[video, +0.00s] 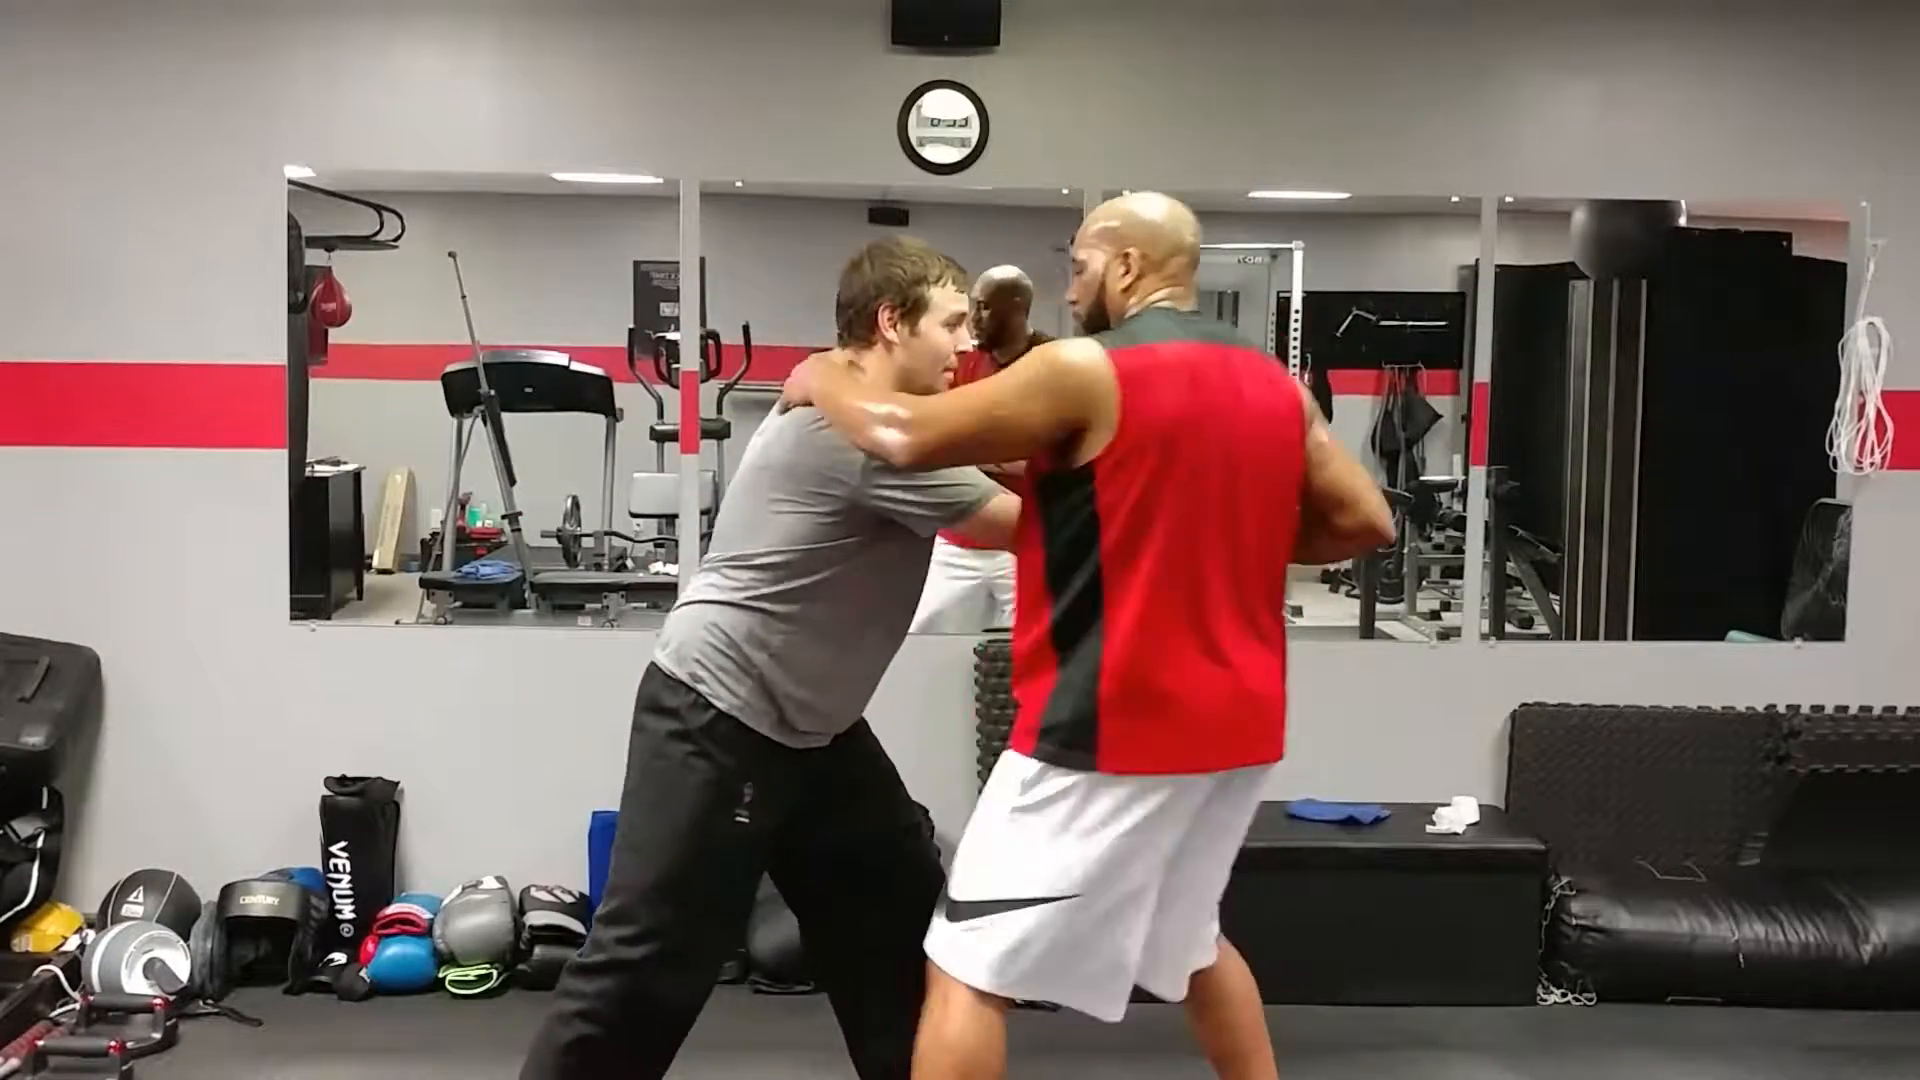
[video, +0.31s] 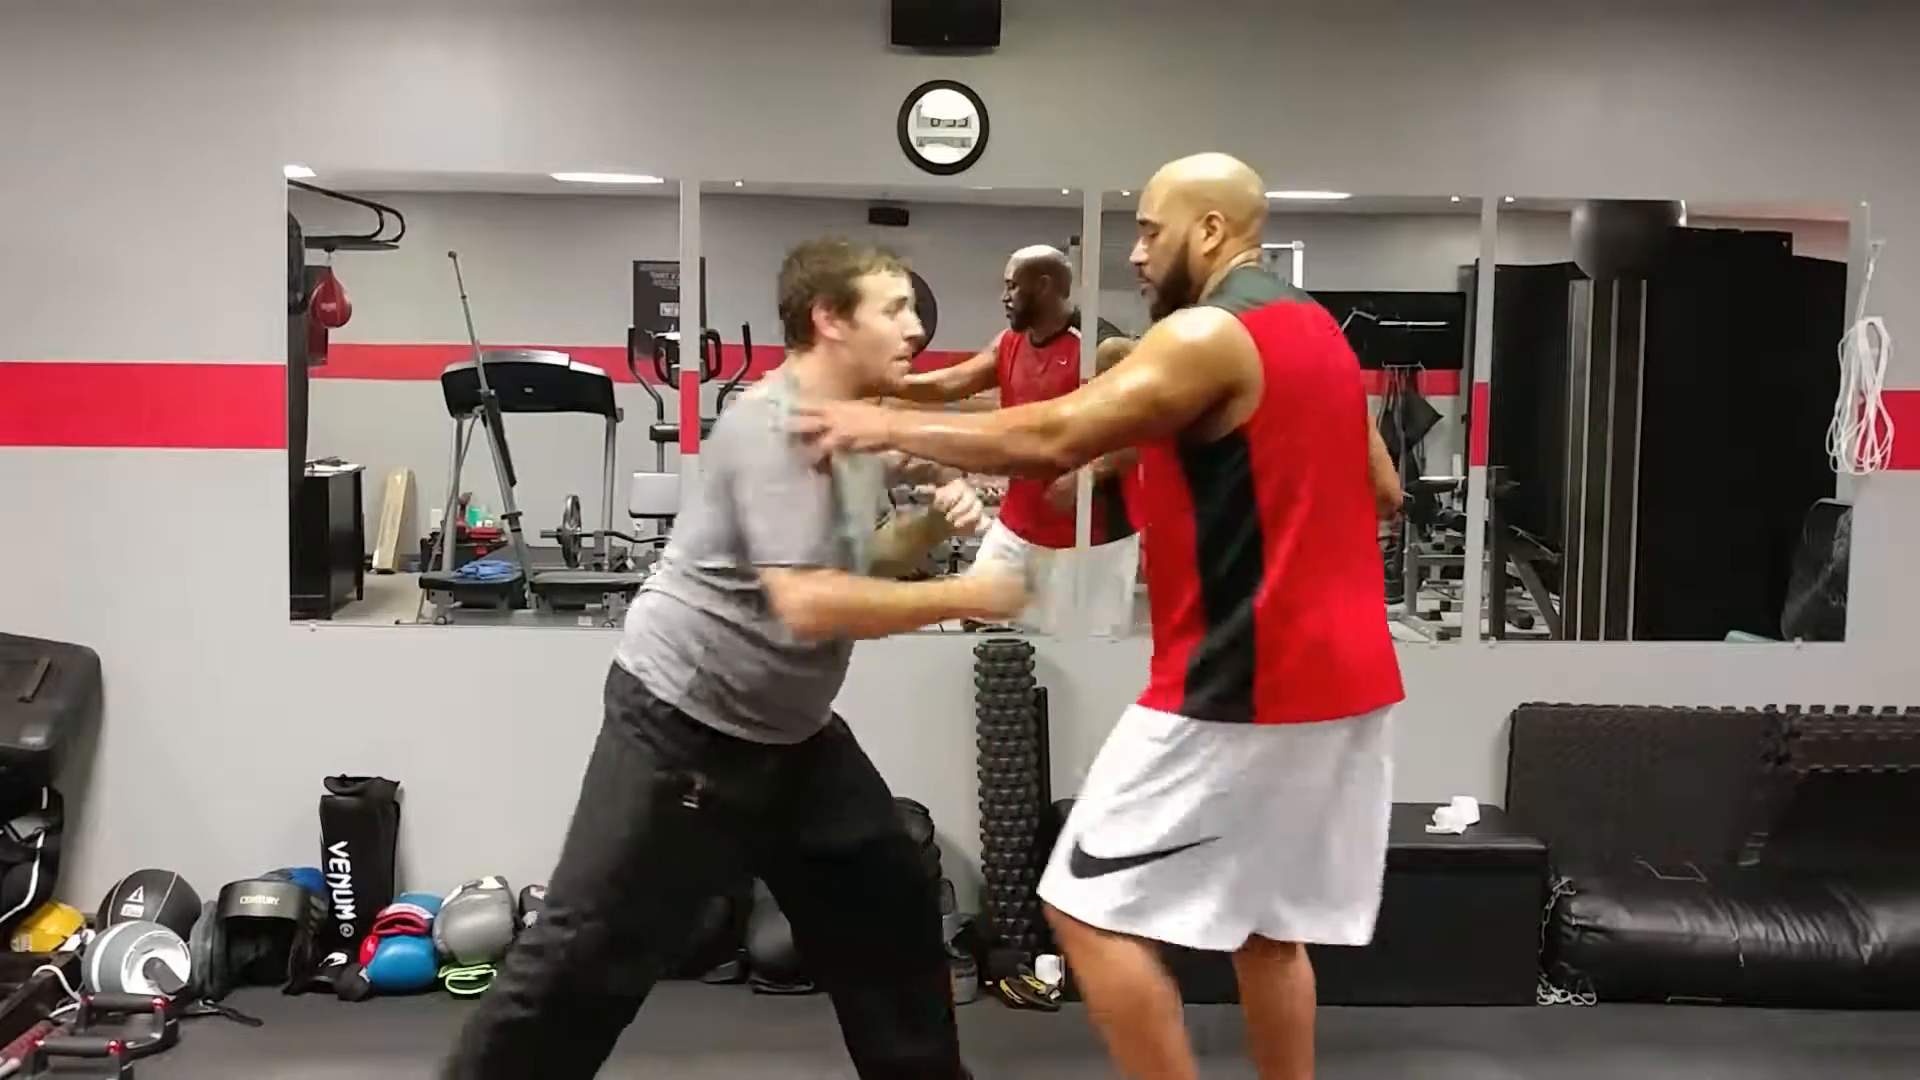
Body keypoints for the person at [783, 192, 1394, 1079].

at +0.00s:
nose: (1071, 280)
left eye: (1079, 263)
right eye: (1073, 263)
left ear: (1125, 267)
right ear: (1182, 272)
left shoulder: (1083, 370)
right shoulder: (1273, 383)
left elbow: (906, 436)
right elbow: (1364, 522)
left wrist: (827, 382)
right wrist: (1243, 534)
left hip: (1101, 724)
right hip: (1241, 721)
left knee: (968, 969)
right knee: (1191, 937)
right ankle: (1258, 1076)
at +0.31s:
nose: (1137, 255)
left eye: (1152, 234)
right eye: (1138, 235)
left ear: (1212, 232)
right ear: (1231, 237)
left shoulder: (1205, 338)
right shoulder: (1316, 333)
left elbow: (1054, 436)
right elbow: (1383, 488)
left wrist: (891, 425)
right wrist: (1221, 471)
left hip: (1234, 678)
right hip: (1346, 676)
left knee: (1086, 906)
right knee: (1273, 925)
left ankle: (1169, 1071)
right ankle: (1289, 1077)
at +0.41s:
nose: (1146, 252)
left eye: (1161, 230)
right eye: (1149, 231)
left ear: (1223, 233)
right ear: (1240, 238)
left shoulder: (1218, 344)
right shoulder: (1313, 327)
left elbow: (1078, 459)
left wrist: (922, 492)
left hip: (1254, 691)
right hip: (1341, 679)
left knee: (1169, 935)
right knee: (1266, 925)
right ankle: (1286, 1078)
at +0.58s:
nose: (1159, 275)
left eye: (1175, 256)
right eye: (1161, 256)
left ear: (1241, 257)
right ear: (1256, 260)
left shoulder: (1248, 374)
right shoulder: (1329, 348)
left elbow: (1182, 549)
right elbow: (1314, 518)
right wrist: (1212, 599)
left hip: (1294, 717)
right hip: (1377, 704)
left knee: (1210, 953)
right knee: (1312, 956)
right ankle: (1359, 1076)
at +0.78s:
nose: (1198, 283)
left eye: (1214, 264)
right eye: (1199, 264)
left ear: (1278, 268)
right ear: (1288, 270)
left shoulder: (1310, 388)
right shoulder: (1348, 356)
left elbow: (1363, 568)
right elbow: (1374, 552)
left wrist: (1272, 708)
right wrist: (1272, 698)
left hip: (1347, 718)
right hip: (1408, 710)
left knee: (1216, 927)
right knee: (1374, 928)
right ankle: (1431, 1072)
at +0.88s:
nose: (1215, 276)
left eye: (1231, 258)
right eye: (1217, 257)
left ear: (1295, 262)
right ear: (1305, 264)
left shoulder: (1315, 376)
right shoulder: (1357, 347)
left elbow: (1350, 563)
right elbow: (1380, 541)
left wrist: (1277, 693)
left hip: (1359, 708)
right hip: (1426, 696)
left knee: (1243, 928)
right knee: (1382, 917)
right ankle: (1434, 1072)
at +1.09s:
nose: (1248, 258)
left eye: (1267, 242)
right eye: (1253, 241)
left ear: (1330, 255)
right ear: (1335, 261)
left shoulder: (1319, 333)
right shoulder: (1374, 336)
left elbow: (1164, 421)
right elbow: (1305, 512)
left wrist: (1093, 460)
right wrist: (1224, 614)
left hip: (1355, 693)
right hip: (1438, 683)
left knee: (1275, 939)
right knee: (1391, 913)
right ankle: (1441, 1073)